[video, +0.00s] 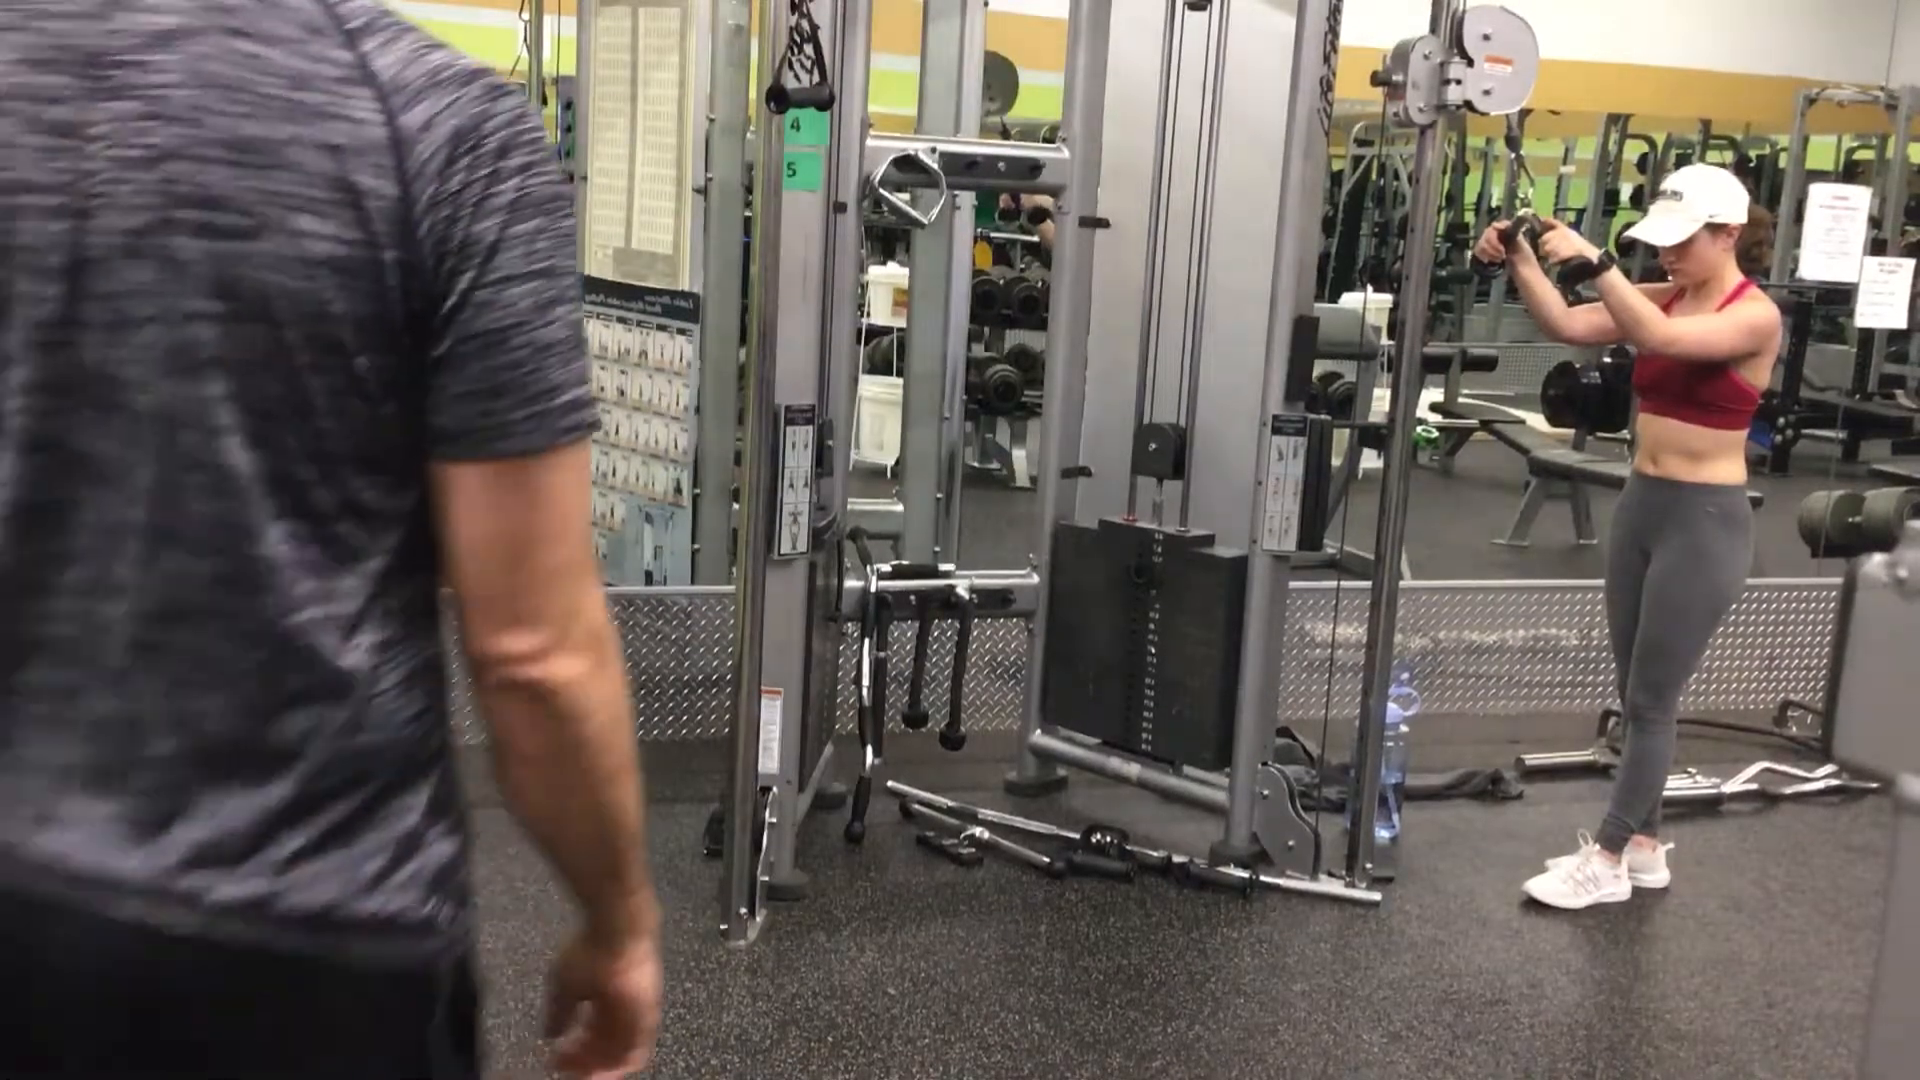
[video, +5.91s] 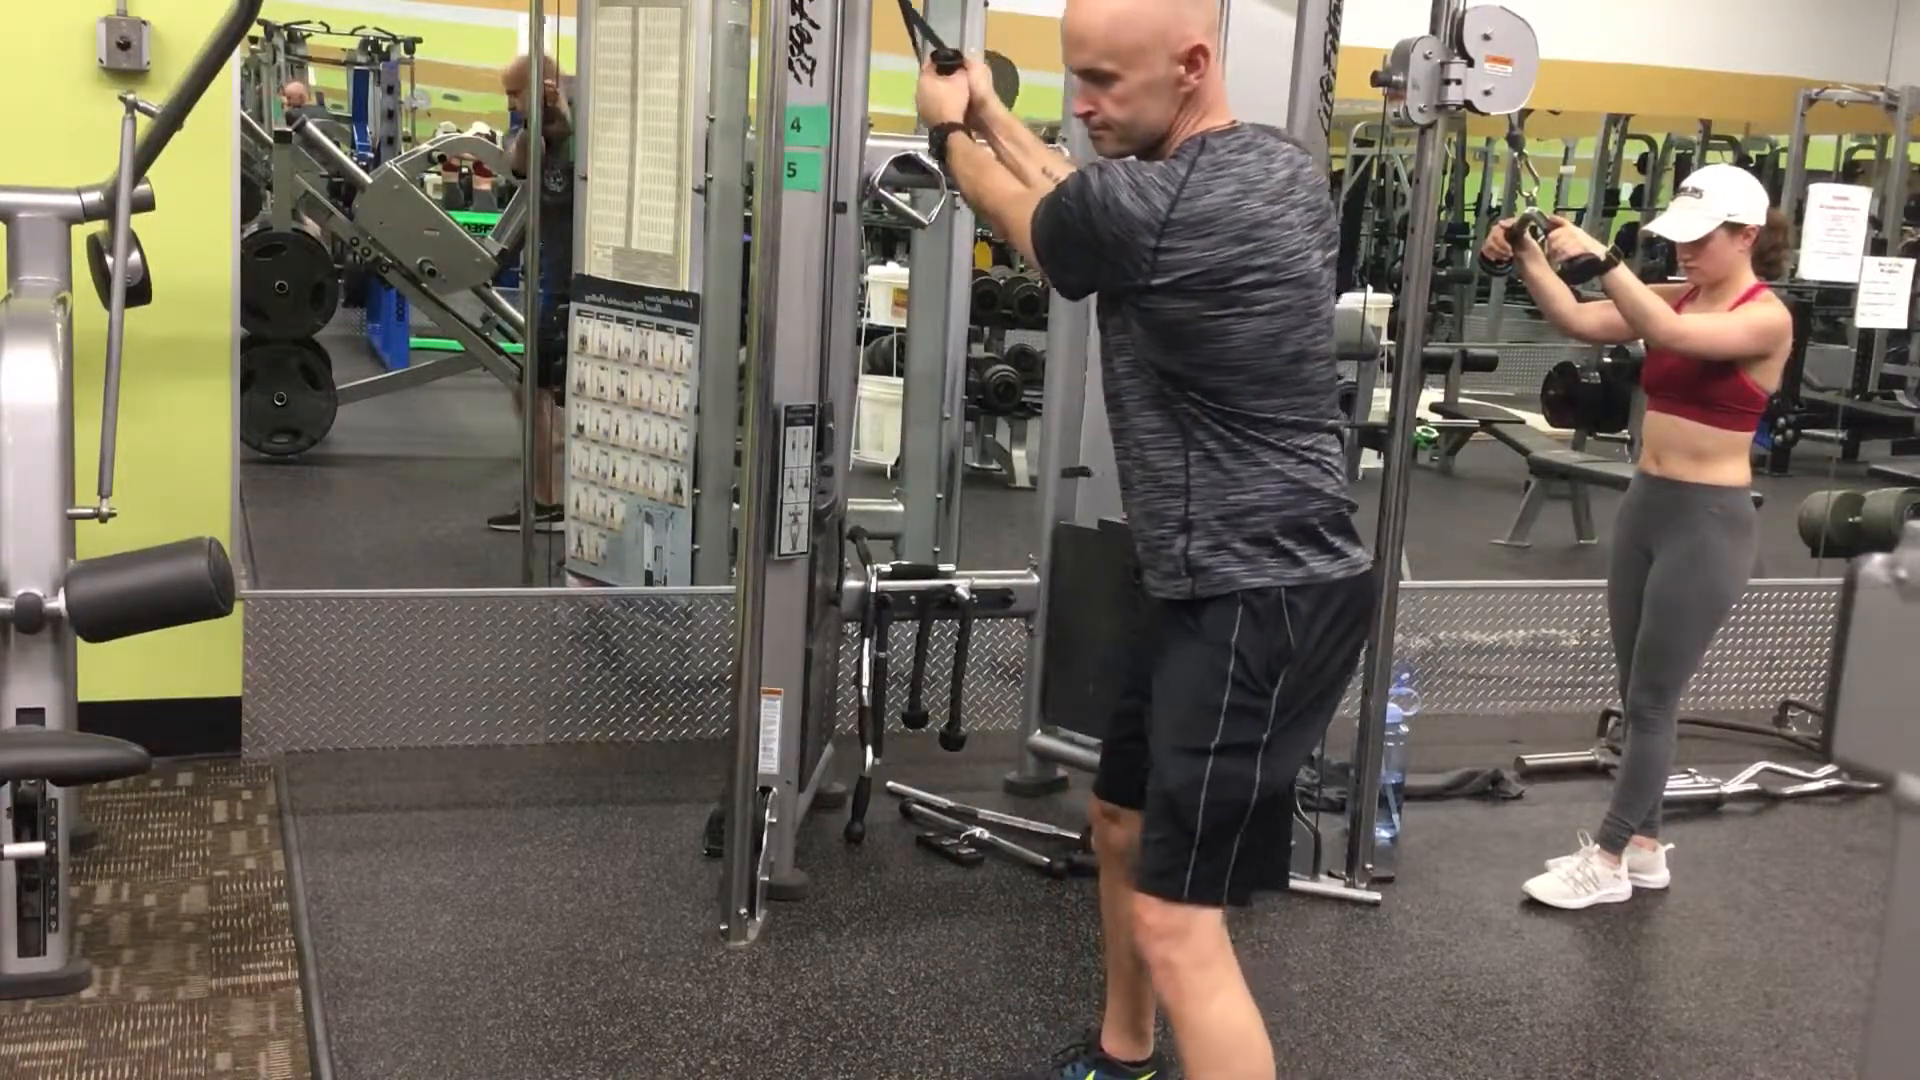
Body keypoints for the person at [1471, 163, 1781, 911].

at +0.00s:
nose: (1665, 254)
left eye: (1679, 240)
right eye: (1661, 241)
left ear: (1728, 235)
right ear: (1663, 240)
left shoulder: (1757, 315)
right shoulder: (1663, 299)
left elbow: (1660, 335)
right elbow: (1566, 324)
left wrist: (1592, 261)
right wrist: (1519, 258)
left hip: (1705, 522)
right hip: (1639, 508)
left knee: (1651, 700)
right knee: (1637, 691)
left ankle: (1607, 858)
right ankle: (1644, 844)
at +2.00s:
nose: (1674, 253)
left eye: (1688, 239)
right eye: (1669, 241)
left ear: (1737, 236)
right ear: (1670, 240)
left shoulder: (1763, 315)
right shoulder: (1667, 297)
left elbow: (1664, 334)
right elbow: (1570, 322)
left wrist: (1595, 259)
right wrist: (1520, 260)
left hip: (1710, 524)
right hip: (1642, 509)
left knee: (1653, 699)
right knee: (1640, 692)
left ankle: (1606, 858)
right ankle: (1644, 845)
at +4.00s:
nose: (1683, 252)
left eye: (1698, 238)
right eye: (1679, 239)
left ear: (1746, 236)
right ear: (1679, 238)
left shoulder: (1770, 317)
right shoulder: (1675, 302)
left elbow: (1672, 331)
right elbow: (1579, 316)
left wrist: (1602, 257)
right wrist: (1525, 258)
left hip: (1709, 523)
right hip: (1642, 508)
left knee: (1652, 698)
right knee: (1639, 692)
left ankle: (1605, 859)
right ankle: (1646, 846)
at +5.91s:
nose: (1682, 252)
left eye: (1697, 239)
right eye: (1678, 239)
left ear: (1746, 236)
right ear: (1678, 238)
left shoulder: (1769, 318)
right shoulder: (1675, 299)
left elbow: (1670, 331)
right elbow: (1579, 319)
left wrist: (1601, 258)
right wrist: (1526, 257)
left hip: (1709, 524)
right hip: (1642, 509)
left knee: (1651, 698)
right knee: (1638, 692)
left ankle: (1606, 859)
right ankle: (1646, 846)